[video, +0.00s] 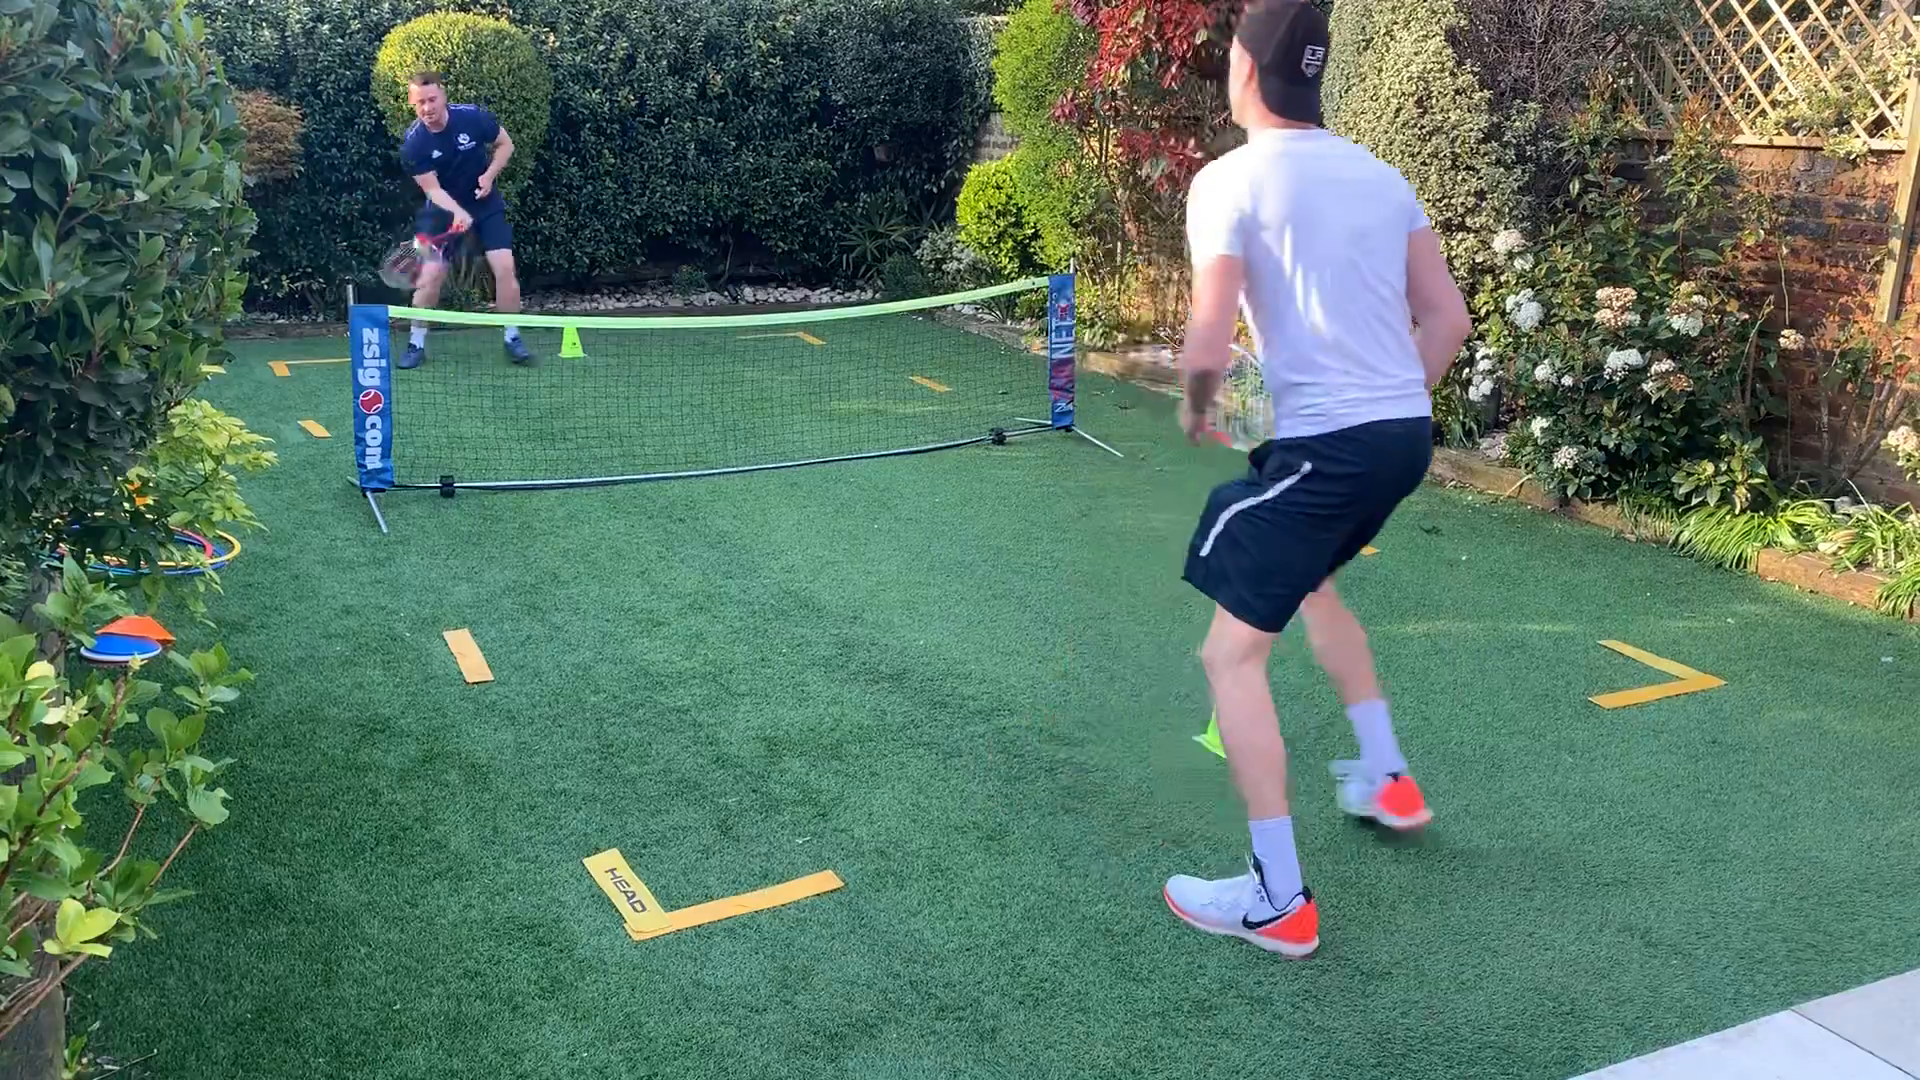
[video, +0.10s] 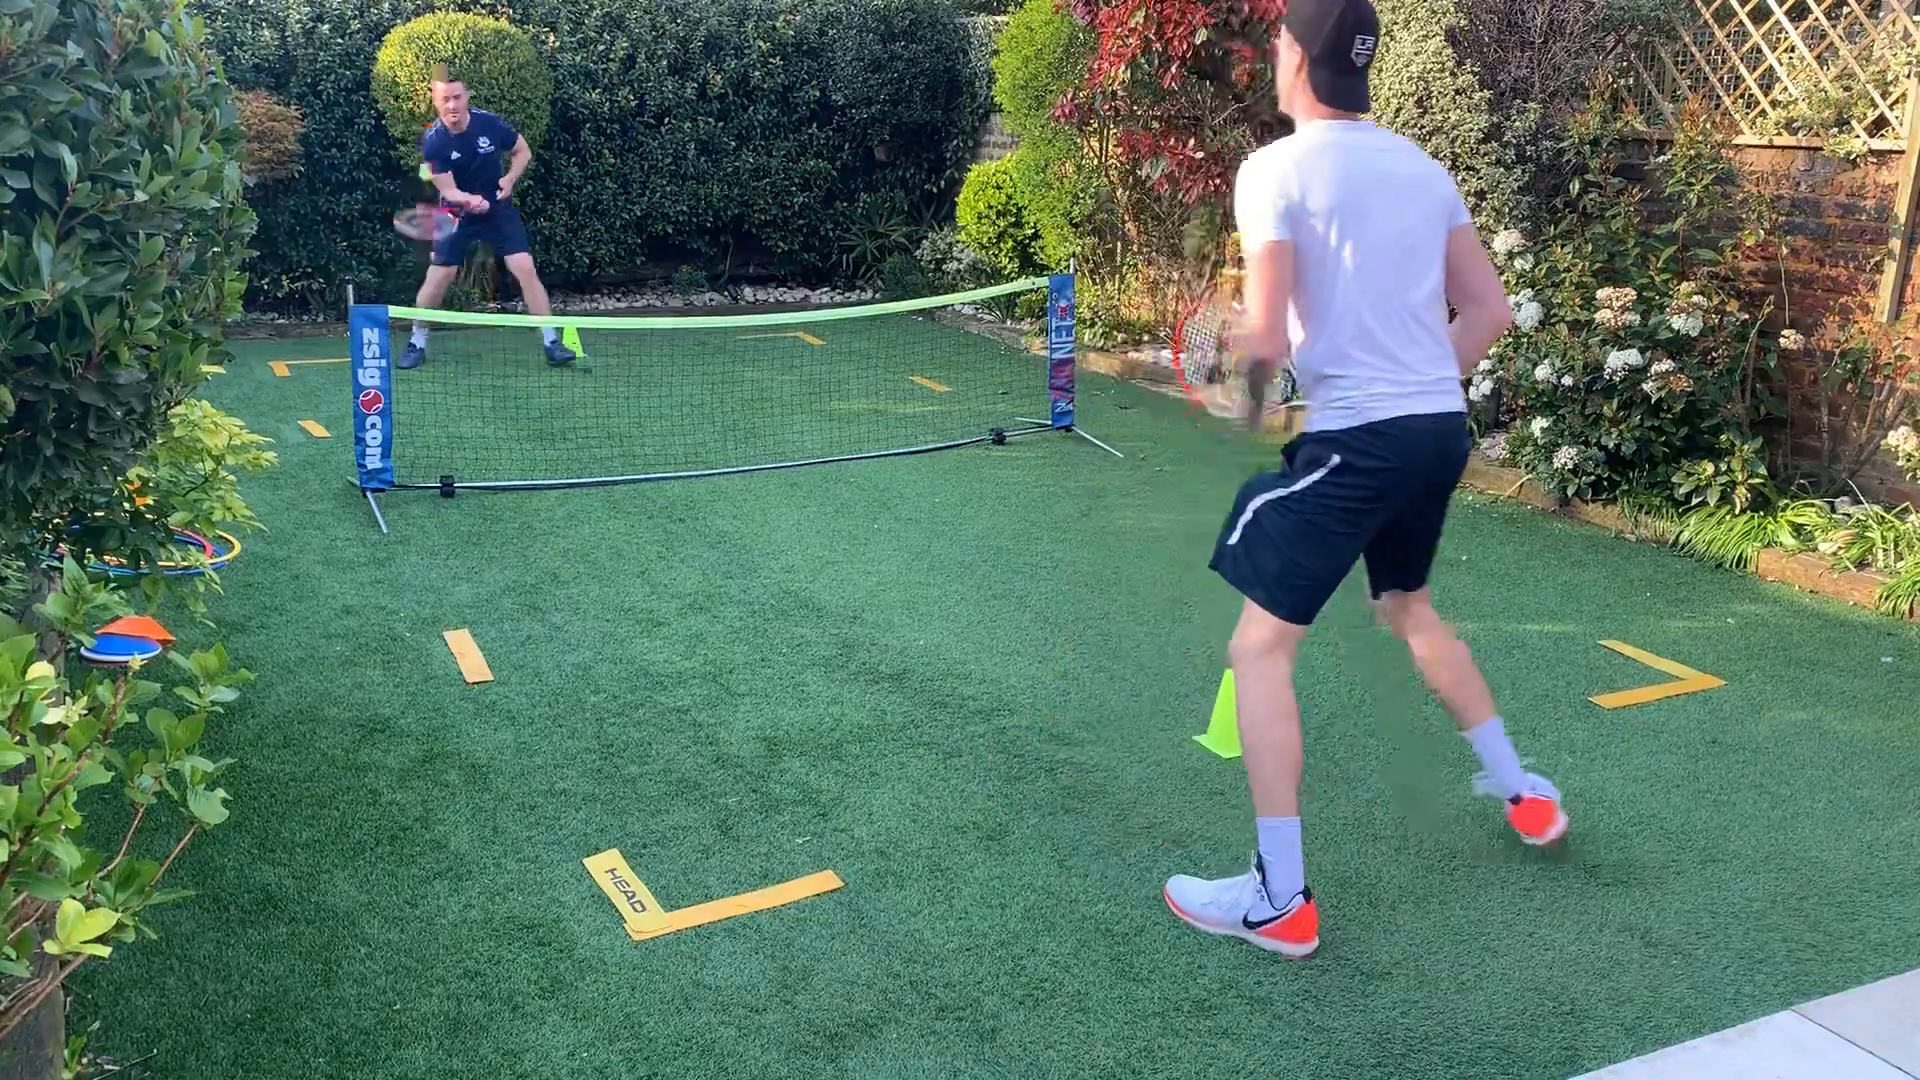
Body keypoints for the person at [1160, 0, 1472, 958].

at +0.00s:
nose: (1225, 76)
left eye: (1228, 61)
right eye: (1230, 60)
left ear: (1245, 73)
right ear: (1316, 74)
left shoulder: (1229, 181)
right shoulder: (1379, 174)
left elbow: (1211, 341)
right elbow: (1447, 319)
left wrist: (1198, 402)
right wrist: (1390, 402)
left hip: (1321, 442)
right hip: (1406, 435)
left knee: (1232, 654)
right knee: (1307, 579)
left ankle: (1277, 892)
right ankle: (1385, 773)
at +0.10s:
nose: (1272, 63)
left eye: (1276, 47)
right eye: (1278, 46)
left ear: (1295, 60)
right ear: (1364, 62)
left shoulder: (1276, 170)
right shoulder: (1424, 168)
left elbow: (1268, 338)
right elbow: (1485, 309)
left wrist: (1235, 352)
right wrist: (1419, 383)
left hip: (1350, 436)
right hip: (1440, 428)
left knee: (1260, 645)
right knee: (1407, 601)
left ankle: (1278, 892)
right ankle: (1520, 787)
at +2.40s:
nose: (964, 101)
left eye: (964, 90)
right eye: (977, 89)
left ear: (969, 92)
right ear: (1049, 96)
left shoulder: (963, 155)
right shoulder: (1099, 175)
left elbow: (946, 280)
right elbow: (1165, 321)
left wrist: (916, 425)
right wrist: (1107, 418)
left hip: (1014, 428)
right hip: (1098, 435)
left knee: (893, 575)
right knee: (1069, 637)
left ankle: (835, 765)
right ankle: (1151, 842)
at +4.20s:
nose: (1465, 179)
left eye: (1470, 162)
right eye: (1460, 165)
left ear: (1515, 149)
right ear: (1506, 154)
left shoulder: (1570, 220)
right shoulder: (1528, 229)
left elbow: (1478, 348)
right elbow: (1501, 351)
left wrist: (1383, 401)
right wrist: (1458, 373)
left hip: (1668, 412)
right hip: (1609, 404)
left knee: (1567, 586)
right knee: (1486, 501)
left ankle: (1682, 734)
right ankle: (1484, 647)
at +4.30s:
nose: (1463, 149)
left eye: (1468, 133)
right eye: (1461, 135)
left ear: (1509, 127)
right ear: (1515, 129)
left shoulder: (1557, 196)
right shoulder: (1549, 199)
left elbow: (1457, 309)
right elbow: (1520, 327)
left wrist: (1368, 326)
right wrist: (1415, 343)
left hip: (1642, 409)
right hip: (1589, 399)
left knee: (1564, 589)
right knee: (1473, 491)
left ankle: (1682, 734)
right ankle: (1487, 645)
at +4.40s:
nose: (1453, 116)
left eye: (1458, 101)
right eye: (1454, 101)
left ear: (1488, 104)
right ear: (1507, 104)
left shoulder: (1531, 178)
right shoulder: (1544, 175)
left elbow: (1441, 286)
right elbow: (1539, 305)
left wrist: (1391, 273)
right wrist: (1447, 307)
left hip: (1608, 396)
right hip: (1557, 387)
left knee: (1560, 585)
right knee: (1457, 493)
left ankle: (1683, 734)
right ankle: (1501, 637)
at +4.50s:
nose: (1437, 104)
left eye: (1442, 91)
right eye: (1440, 90)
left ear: (1469, 94)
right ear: (1497, 93)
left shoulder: (1490, 171)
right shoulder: (1543, 167)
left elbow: (1440, 297)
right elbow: (1507, 292)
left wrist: (1406, 284)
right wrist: (1428, 288)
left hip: (1554, 395)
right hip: (1517, 387)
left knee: (1537, 582)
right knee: (1444, 501)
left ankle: (1673, 725)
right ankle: (1506, 633)